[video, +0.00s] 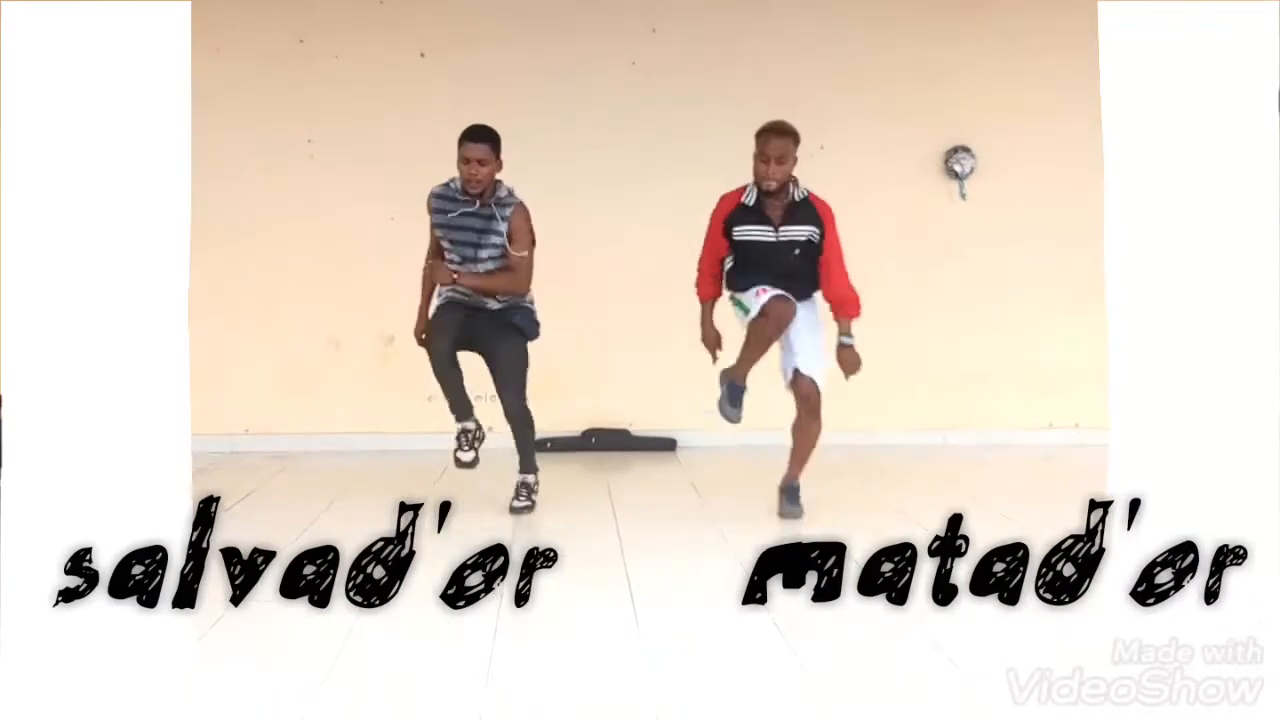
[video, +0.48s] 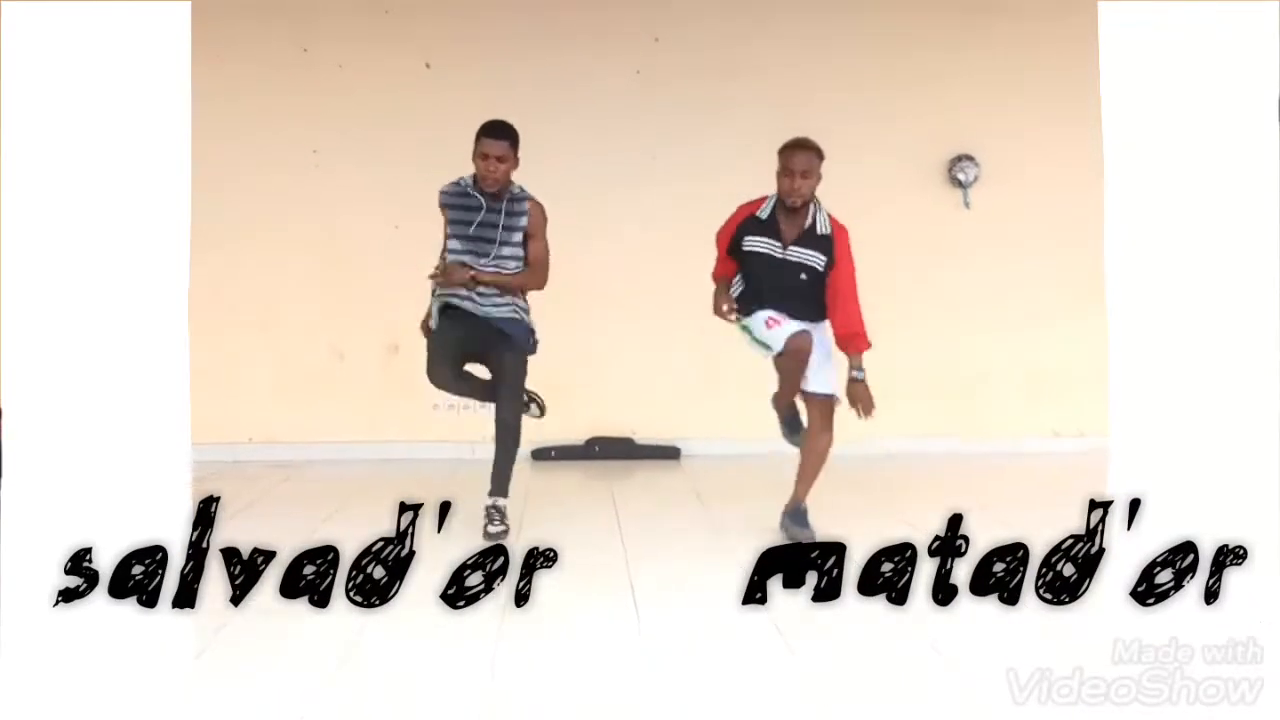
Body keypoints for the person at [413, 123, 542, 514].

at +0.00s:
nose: (473, 170)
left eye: (482, 163)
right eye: (467, 162)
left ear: (498, 165)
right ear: (458, 162)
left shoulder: (514, 211)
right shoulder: (440, 200)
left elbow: (521, 283)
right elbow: (434, 255)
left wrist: (461, 278)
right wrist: (423, 312)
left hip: (503, 311)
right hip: (457, 304)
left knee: (512, 400)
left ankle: (528, 474)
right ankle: (467, 424)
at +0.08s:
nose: (469, 169)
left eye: (478, 161)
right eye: (462, 160)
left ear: (493, 161)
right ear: (451, 158)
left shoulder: (510, 206)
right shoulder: (433, 199)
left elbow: (546, 266)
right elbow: (431, 249)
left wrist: (505, 297)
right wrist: (427, 305)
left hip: (503, 307)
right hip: (456, 303)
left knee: (516, 384)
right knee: (430, 347)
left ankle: (530, 468)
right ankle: (460, 424)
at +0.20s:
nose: (469, 169)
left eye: (478, 161)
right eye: (462, 160)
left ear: (493, 163)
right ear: (451, 159)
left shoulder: (512, 205)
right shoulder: (430, 202)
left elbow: (569, 245)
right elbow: (422, 252)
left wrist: (579, 300)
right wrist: (404, 308)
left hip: (504, 319)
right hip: (453, 324)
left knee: (519, 395)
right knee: (451, 405)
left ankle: (536, 482)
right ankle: (454, 486)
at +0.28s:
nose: (474, 171)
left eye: (483, 164)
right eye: (467, 162)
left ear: (496, 164)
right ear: (454, 161)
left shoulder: (513, 203)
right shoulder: (430, 206)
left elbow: (574, 226)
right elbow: (411, 252)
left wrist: (592, 275)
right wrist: (389, 304)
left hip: (504, 326)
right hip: (454, 333)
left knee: (518, 398)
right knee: (458, 410)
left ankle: (529, 482)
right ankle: (458, 487)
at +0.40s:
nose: (482, 158)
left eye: (492, 151)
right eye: (475, 149)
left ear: (505, 153)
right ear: (464, 147)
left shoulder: (520, 198)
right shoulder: (440, 190)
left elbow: (544, 262)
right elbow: (430, 247)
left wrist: (497, 295)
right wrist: (420, 307)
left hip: (503, 309)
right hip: (454, 310)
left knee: (507, 392)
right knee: (446, 383)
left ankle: (495, 493)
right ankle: (503, 432)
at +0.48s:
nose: (491, 167)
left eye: (501, 160)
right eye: (484, 158)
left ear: (515, 162)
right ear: (473, 156)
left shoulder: (529, 210)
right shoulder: (452, 198)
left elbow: (537, 278)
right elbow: (448, 253)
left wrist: (475, 278)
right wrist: (432, 307)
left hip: (507, 315)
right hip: (457, 310)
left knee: (509, 400)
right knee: (441, 373)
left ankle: (497, 499)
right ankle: (509, 394)